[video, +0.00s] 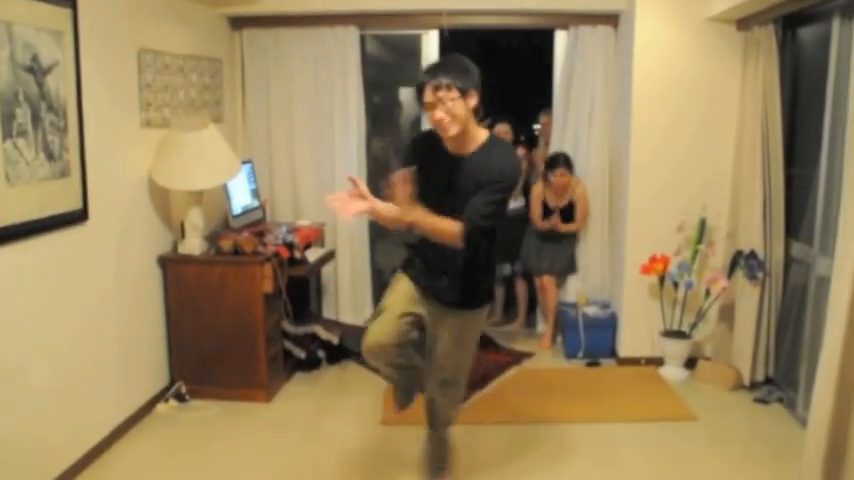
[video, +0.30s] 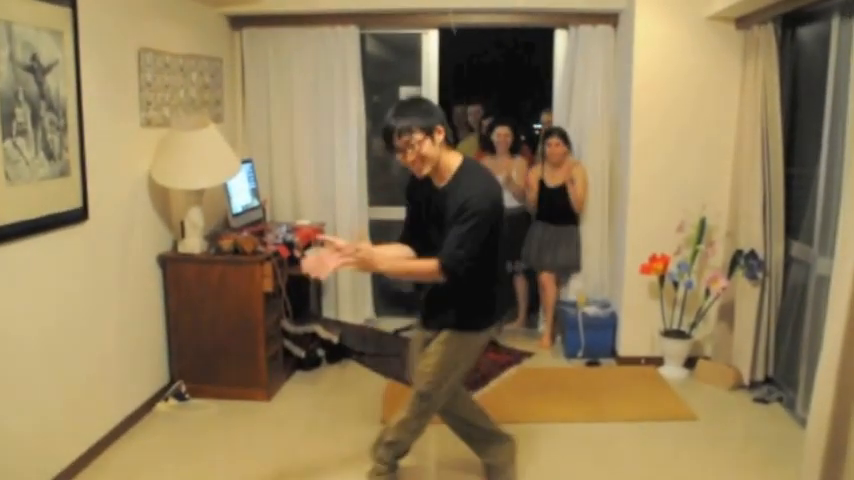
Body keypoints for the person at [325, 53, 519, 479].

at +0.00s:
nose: (438, 116)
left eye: (446, 103)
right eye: (430, 107)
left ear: (472, 100)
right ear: (424, 110)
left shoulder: (501, 161)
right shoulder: (424, 147)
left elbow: (468, 234)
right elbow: (414, 217)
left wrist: (402, 213)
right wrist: (377, 204)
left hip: (465, 292)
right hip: (419, 272)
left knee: (444, 385)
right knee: (378, 344)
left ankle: (437, 457)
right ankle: (412, 374)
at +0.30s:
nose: (410, 157)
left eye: (414, 144)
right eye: (402, 151)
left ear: (440, 135)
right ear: (397, 153)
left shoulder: (477, 190)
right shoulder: (421, 183)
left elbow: (448, 268)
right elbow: (412, 246)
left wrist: (379, 266)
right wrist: (356, 251)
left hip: (475, 307)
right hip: (437, 300)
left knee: (428, 386)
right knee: (430, 384)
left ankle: (386, 455)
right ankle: (498, 449)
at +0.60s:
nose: (437, 124)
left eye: (443, 110)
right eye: (426, 116)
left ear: (465, 105)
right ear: (418, 122)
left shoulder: (514, 148)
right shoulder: (427, 177)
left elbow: (536, 221)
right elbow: (464, 251)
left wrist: (490, 199)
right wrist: (462, 227)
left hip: (523, 285)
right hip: (473, 298)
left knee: (537, 376)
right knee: (500, 401)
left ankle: (516, 428)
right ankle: (535, 474)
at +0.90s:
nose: (476, 136)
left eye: (485, 124)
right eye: (468, 126)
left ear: (511, 122)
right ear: (460, 127)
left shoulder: (540, 181)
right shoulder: (450, 166)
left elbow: (526, 257)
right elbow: (400, 221)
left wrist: (463, 258)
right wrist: (417, 256)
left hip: (499, 298)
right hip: (449, 286)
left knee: (479, 396)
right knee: (456, 378)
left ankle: (444, 465)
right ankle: (463, 459)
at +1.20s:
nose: (452, 142)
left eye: (461, 131)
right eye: (447, 132)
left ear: (493, 128)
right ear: (442, 133)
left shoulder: (518, 193)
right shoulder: (452, 170)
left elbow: (539, 285)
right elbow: (429, 214)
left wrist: (527, 360)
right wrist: (378, 229)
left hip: (472, 324)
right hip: (426, 298)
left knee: (430, 407)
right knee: (383, 361)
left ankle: (395, 468)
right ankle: (474, 394)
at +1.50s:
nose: (452, 161)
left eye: (457, 149)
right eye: (445, 152)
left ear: (485, 134)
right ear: (444, 147)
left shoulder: (530, 180)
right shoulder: (469, 180)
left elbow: (558, 263)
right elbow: (471, 253)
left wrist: (505, 315)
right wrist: (453, 313)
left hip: (551, 314)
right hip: (510, 313)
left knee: (516, 402)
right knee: (514, 403)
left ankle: (588, 472)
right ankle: (562, 472)